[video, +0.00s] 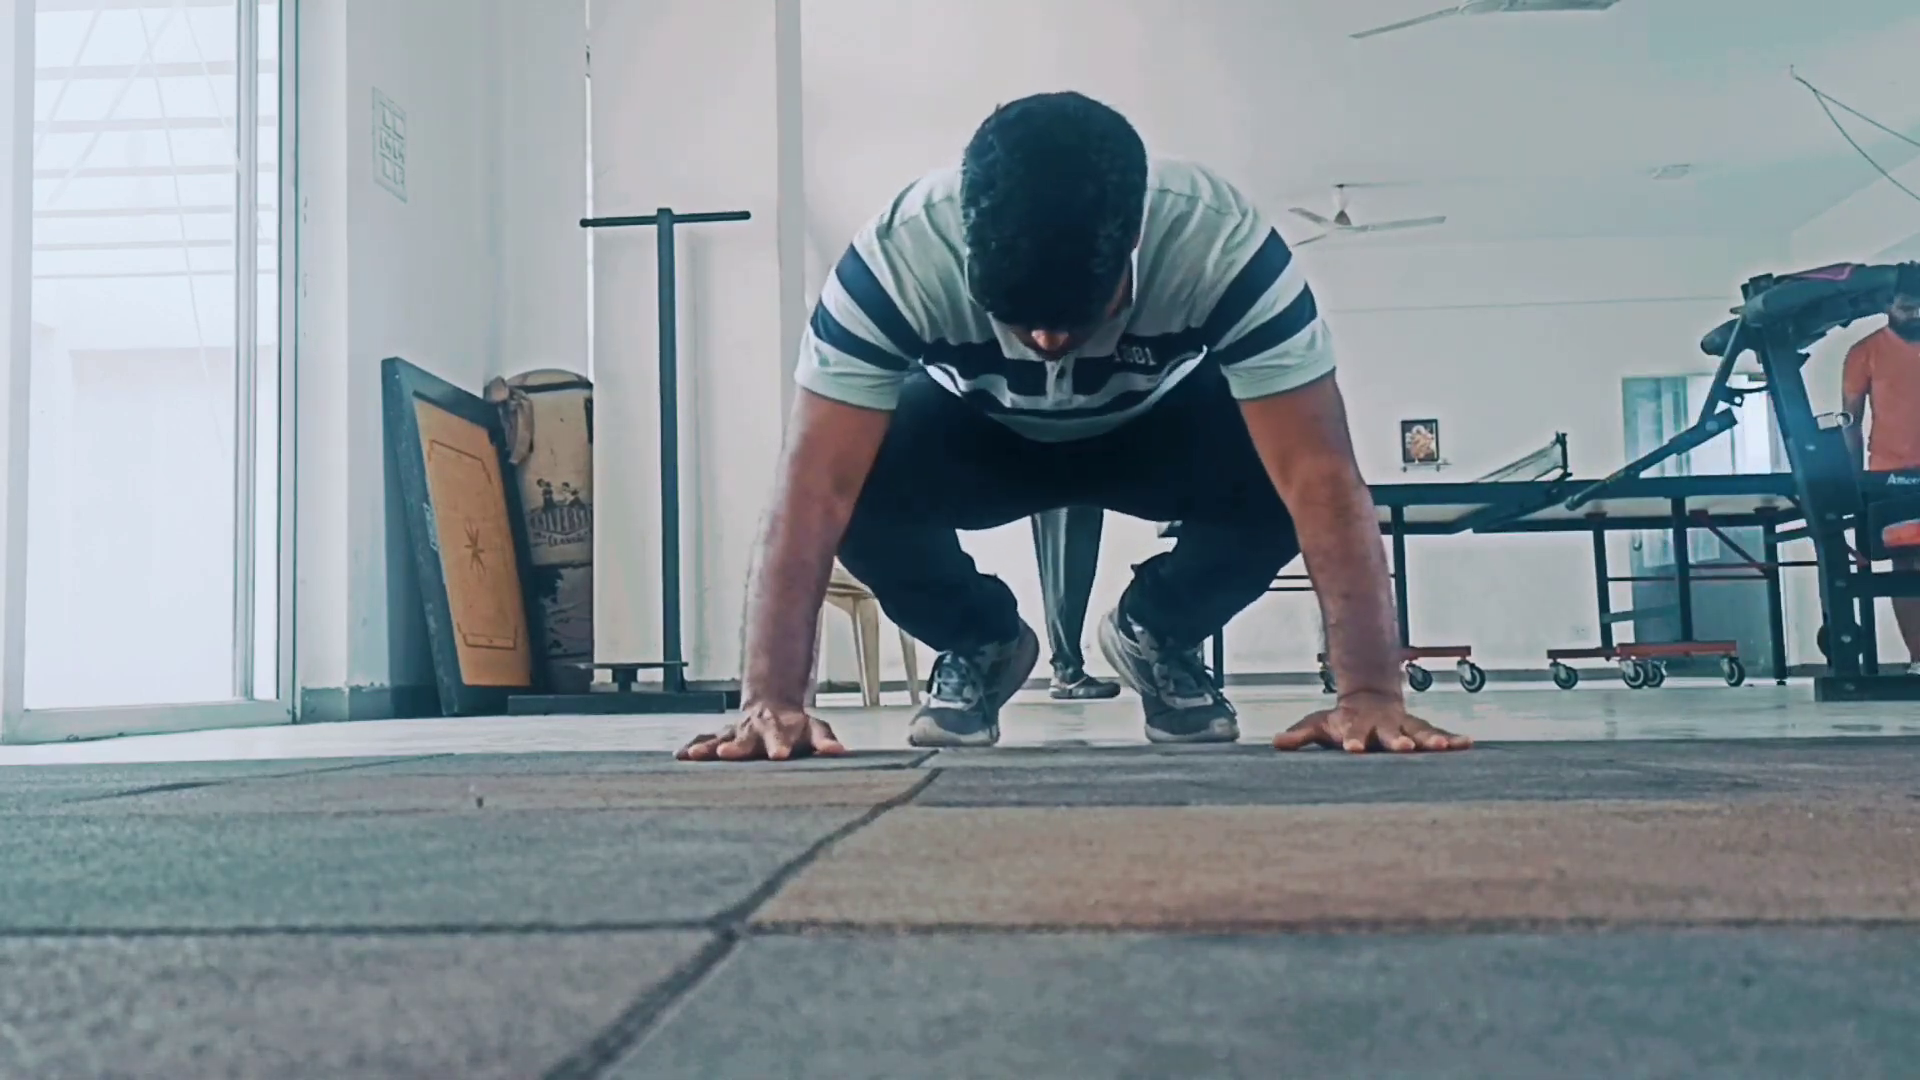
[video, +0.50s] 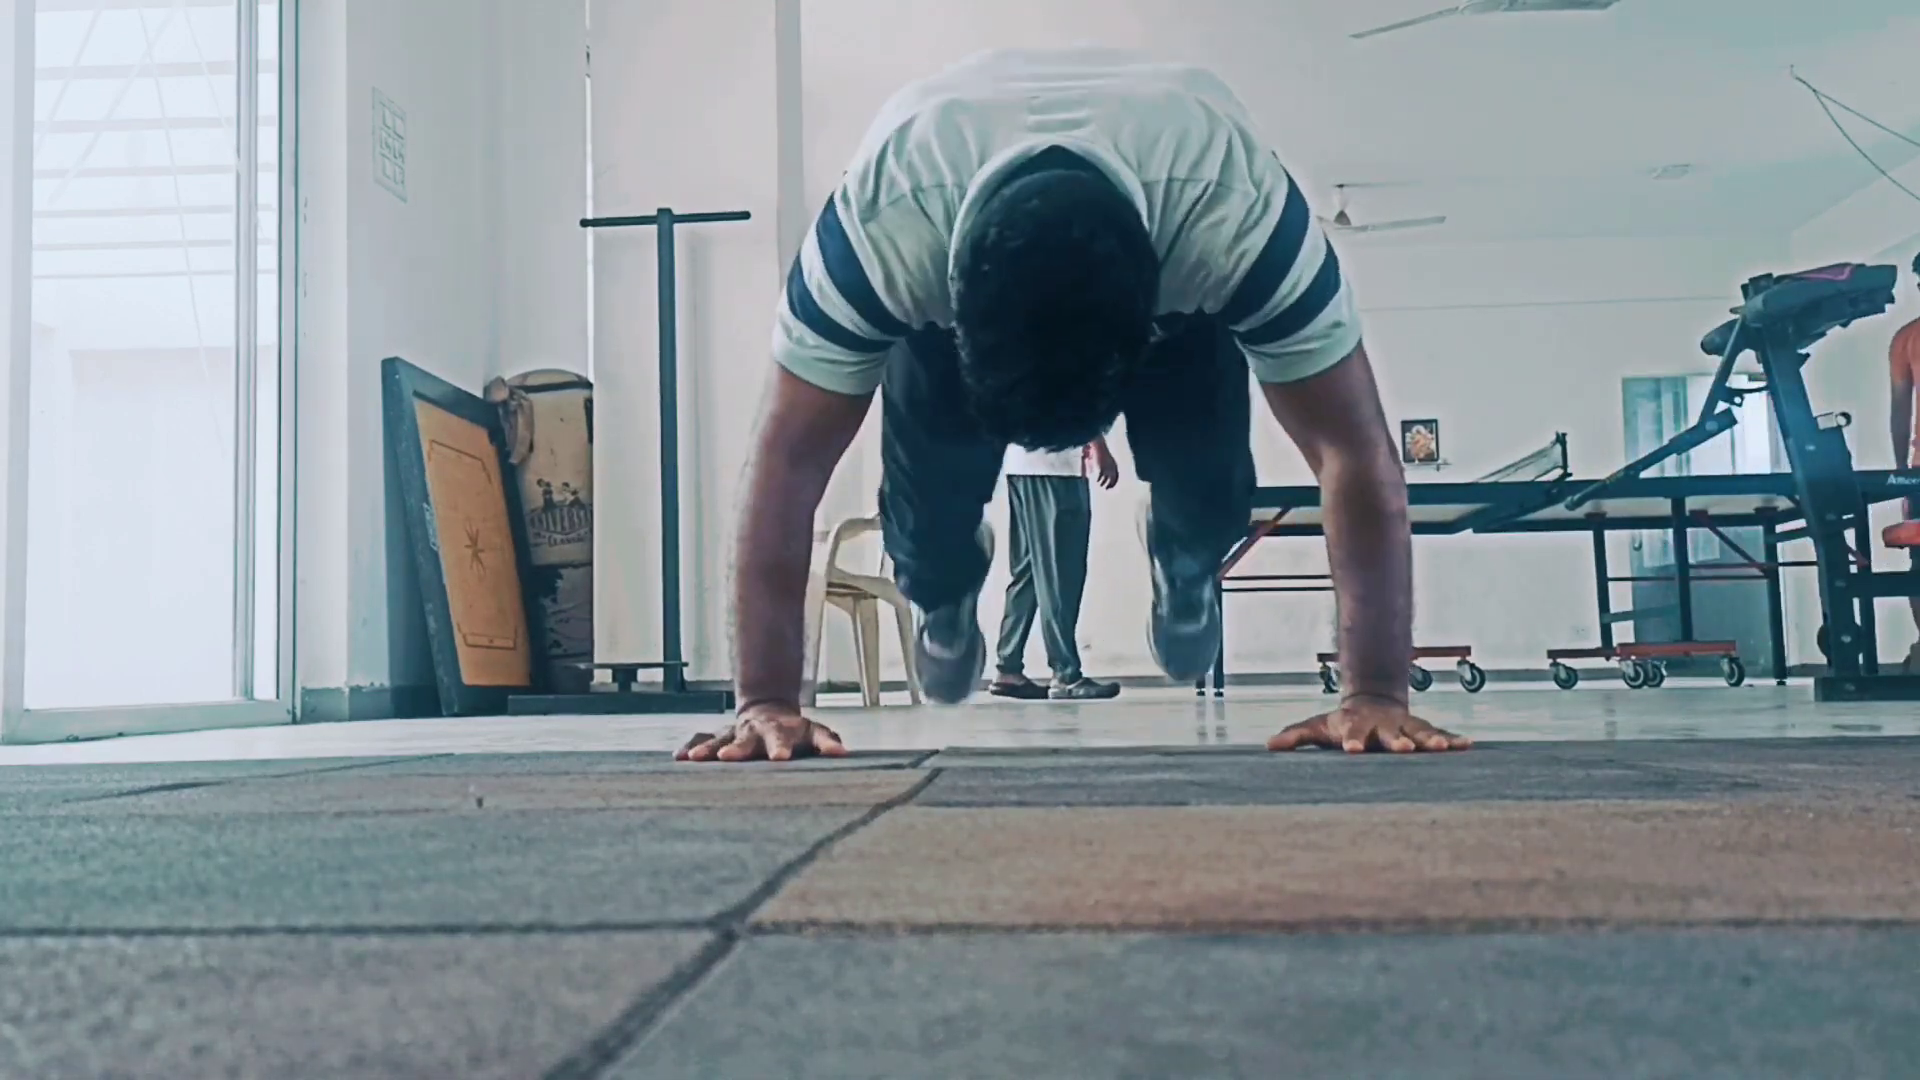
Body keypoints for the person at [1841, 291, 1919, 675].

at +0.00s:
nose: (1911, 311)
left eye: (1916, 305)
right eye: (1905, 304)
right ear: (1891, 303)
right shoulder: (1866, 352)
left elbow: (1850, 421)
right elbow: (1850, 421)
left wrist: (1857, 479)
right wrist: (1856, 480)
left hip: (1908, 470)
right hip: (1892, 472)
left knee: (1907, 570)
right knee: (1905, 572)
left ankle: (1914, 656)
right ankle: (1915, 656)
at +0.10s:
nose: (1913, 307)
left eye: (1916, 300)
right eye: (1907, 300)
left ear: (1919, 302)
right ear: (1892, 303)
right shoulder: (1869, 351)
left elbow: (1855, 424)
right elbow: (1854, 424)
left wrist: (1864, 483)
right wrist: (1864, 484)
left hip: (1906, 473)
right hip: (1895, 474)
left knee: (1907, 573)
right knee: (1906, 575)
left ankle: (1914, 657)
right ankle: (1915, 658)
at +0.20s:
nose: (1917, 302)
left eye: (1919, 295)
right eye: (1911, 295)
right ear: (1898, 300)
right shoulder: (1877, 349)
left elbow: (1862, 423)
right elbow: (1861, 423)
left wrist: (1870, 480)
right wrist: (1870, 480)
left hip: (1907, 474)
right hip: (1901, 476)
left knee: (1908, 570)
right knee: (1908, 570)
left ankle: (1915, 655)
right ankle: (1916, 656)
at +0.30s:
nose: (1917, 297)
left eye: (1917, 289)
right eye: (1914, 289)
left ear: (1910, 295)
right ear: (1906, 295)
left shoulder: (1886, 349)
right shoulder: (1887, 348)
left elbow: (1870, 424)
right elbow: (1870, 424)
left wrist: (1876, 485)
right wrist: (1876, 484)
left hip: (1904, 475)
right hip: (1905, 476)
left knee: (1910, 573)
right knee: (1910, 572)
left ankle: (1916, 655)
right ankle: (1915, 655)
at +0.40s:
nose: (1915, 293)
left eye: (1915, 287)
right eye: (1916, 286)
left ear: (1913, 289)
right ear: (1916, 289)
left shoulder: (1897, 345)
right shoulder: (1897, 344)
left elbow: (1886, 418)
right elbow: (1886, 418)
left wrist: (1888, 475)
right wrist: (1887, 475)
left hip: (1912, 471)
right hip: (1912, 472)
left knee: (1914, 568)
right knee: (1914, 568)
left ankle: (1918, 649)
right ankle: (1917, 649)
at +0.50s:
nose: (1917, 284)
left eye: (1917, 277)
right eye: (1917, 276)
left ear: (1916, 281)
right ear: (1914, 280)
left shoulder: (1905, 340)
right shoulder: (1904, 340)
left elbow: (1900, 417)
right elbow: (1900, 417)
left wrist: (1904, 473)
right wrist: (1904, 474)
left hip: (1919, 474)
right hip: (1919, 475)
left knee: (1916, 566)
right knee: (1915, 565)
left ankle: (1918, 643)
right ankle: (1917, 643)